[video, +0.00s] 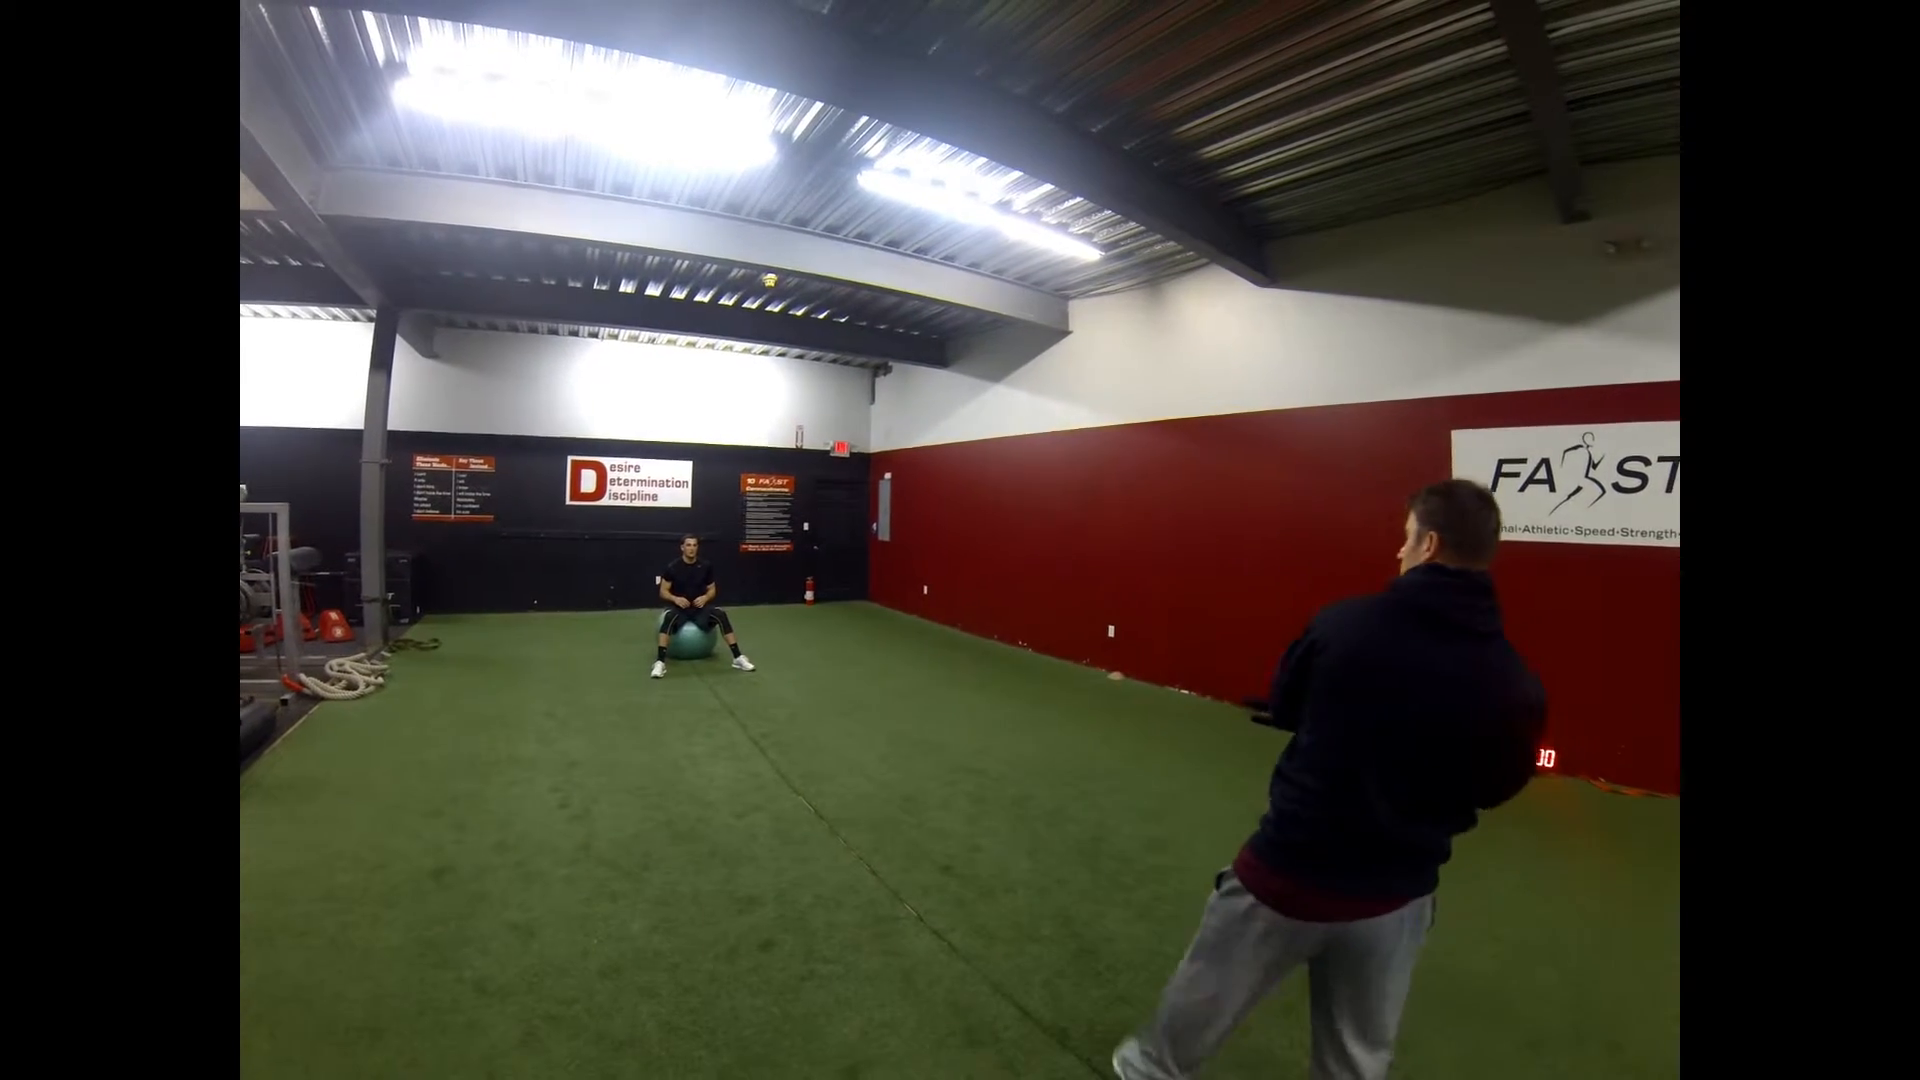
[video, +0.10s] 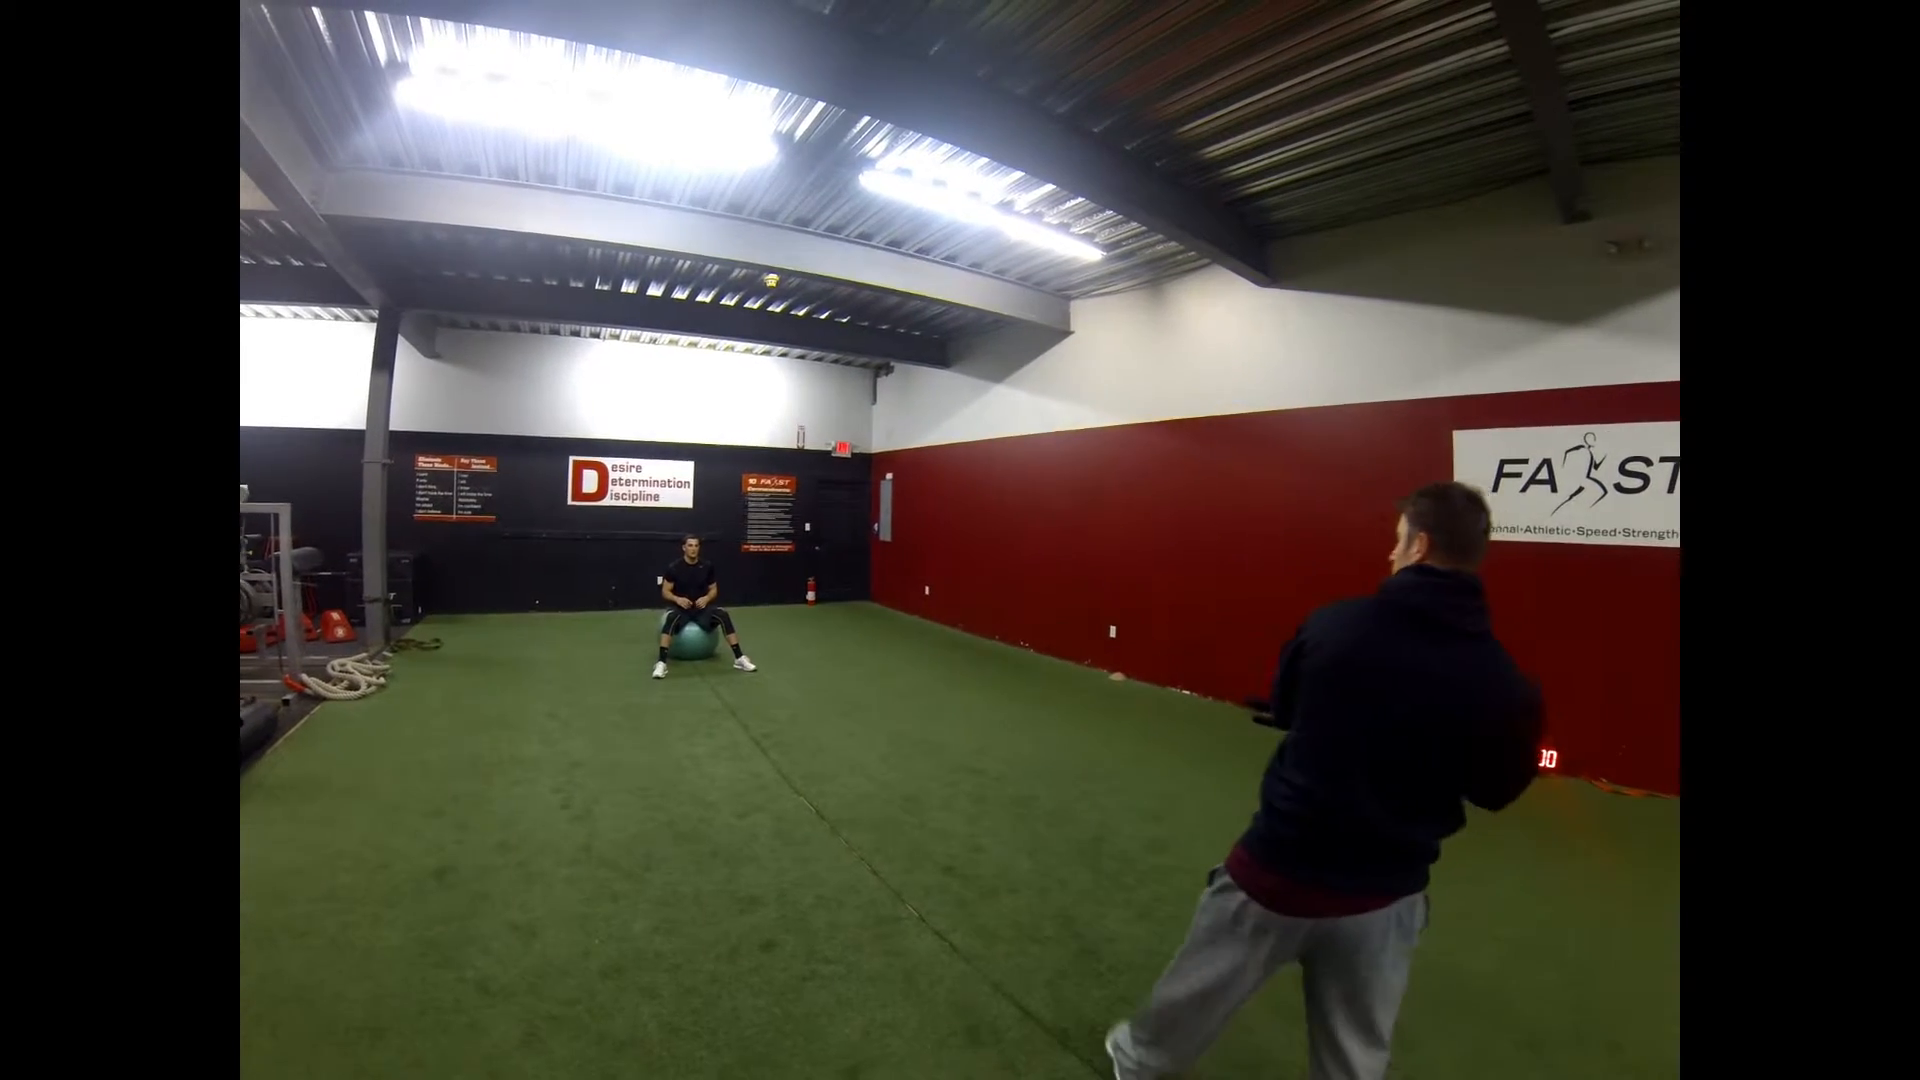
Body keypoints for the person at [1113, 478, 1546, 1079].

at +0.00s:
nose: (1399, 553)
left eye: (1406, 538)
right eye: (1404, 537)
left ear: (1430, 544)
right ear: (1489, 555)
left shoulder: (1346, 626)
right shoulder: (1512, 684)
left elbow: (1286, 705)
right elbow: (1493, 788)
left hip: (1283, 882)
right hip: (1393, 902)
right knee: (1357, 1064)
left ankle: (1154, 1067)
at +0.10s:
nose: (1392, 553)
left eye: (1398, 539)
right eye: (1396, 539)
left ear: (1419, 544)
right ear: (1479, 555)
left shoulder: (1334, 627)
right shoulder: (1497, 680)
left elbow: (1286, 709)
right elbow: (1494, 789)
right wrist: (1428, 727)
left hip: (1274, 876)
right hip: (1383, 900)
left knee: (1199, 988)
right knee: (1355, 1060)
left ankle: (1141, 1060)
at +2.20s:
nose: (1325, 544)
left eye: (1337, 528)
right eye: (1330, 528)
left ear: (1373, 544)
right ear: (1382, 545)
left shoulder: (1367, 655)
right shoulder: (1418, 638)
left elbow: (1288, 813)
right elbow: (1375, 771)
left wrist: (1212, 794)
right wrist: (1283, 773)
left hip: (1313, 928)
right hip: (1366, 910)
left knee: (1271, 1067)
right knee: (1322, 1062)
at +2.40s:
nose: (1310, 544)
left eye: (1321, 528)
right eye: (1315, 528)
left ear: (1359, 545)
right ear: (1368, 545)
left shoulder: (1354, 665)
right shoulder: (1416, 645)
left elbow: (1276, 845)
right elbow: (1373, 782)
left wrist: (1202, 808)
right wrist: (1274, 773)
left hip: (1307, 953)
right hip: (1372, 928)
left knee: (1267, 1069)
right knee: (1317, 1065)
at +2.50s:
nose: (1304, 544)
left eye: (1316, 528)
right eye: (1310, 528)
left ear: (1353, 546)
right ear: (1363, 547)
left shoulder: (1347, 666)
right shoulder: (1414, 645)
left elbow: (1262, 847)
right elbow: (1368, 775)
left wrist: (1196, 806)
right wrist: (1268, 767)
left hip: (1306, 957)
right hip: (1373, 931)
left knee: (1266, 1069)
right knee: (1313, 1066)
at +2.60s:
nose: (1301, 544)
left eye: (1312, 528)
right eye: (1306, 527)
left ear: (1349, 545)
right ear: (1361, 546)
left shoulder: (1341, 672)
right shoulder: (1414, 646)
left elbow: (1247, 849)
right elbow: (1369, 772)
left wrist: (1187, 800)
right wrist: (1267, 761)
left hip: (1305, 960)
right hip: (1375, 933)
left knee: (1265, 1070)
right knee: (1314, 1066)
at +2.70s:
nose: (1299, 543)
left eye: (1310, 527)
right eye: (1305, 526)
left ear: (1348, 546)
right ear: (1366, 549)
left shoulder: (1337, 675)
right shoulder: (1415, 644)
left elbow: (1231, 848)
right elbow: (1368, 770)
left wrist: (1177, 783)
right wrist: (1266, 754)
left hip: (1304, 961)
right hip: (1376, 930)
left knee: (1264, 1070)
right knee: (1317, 1065)